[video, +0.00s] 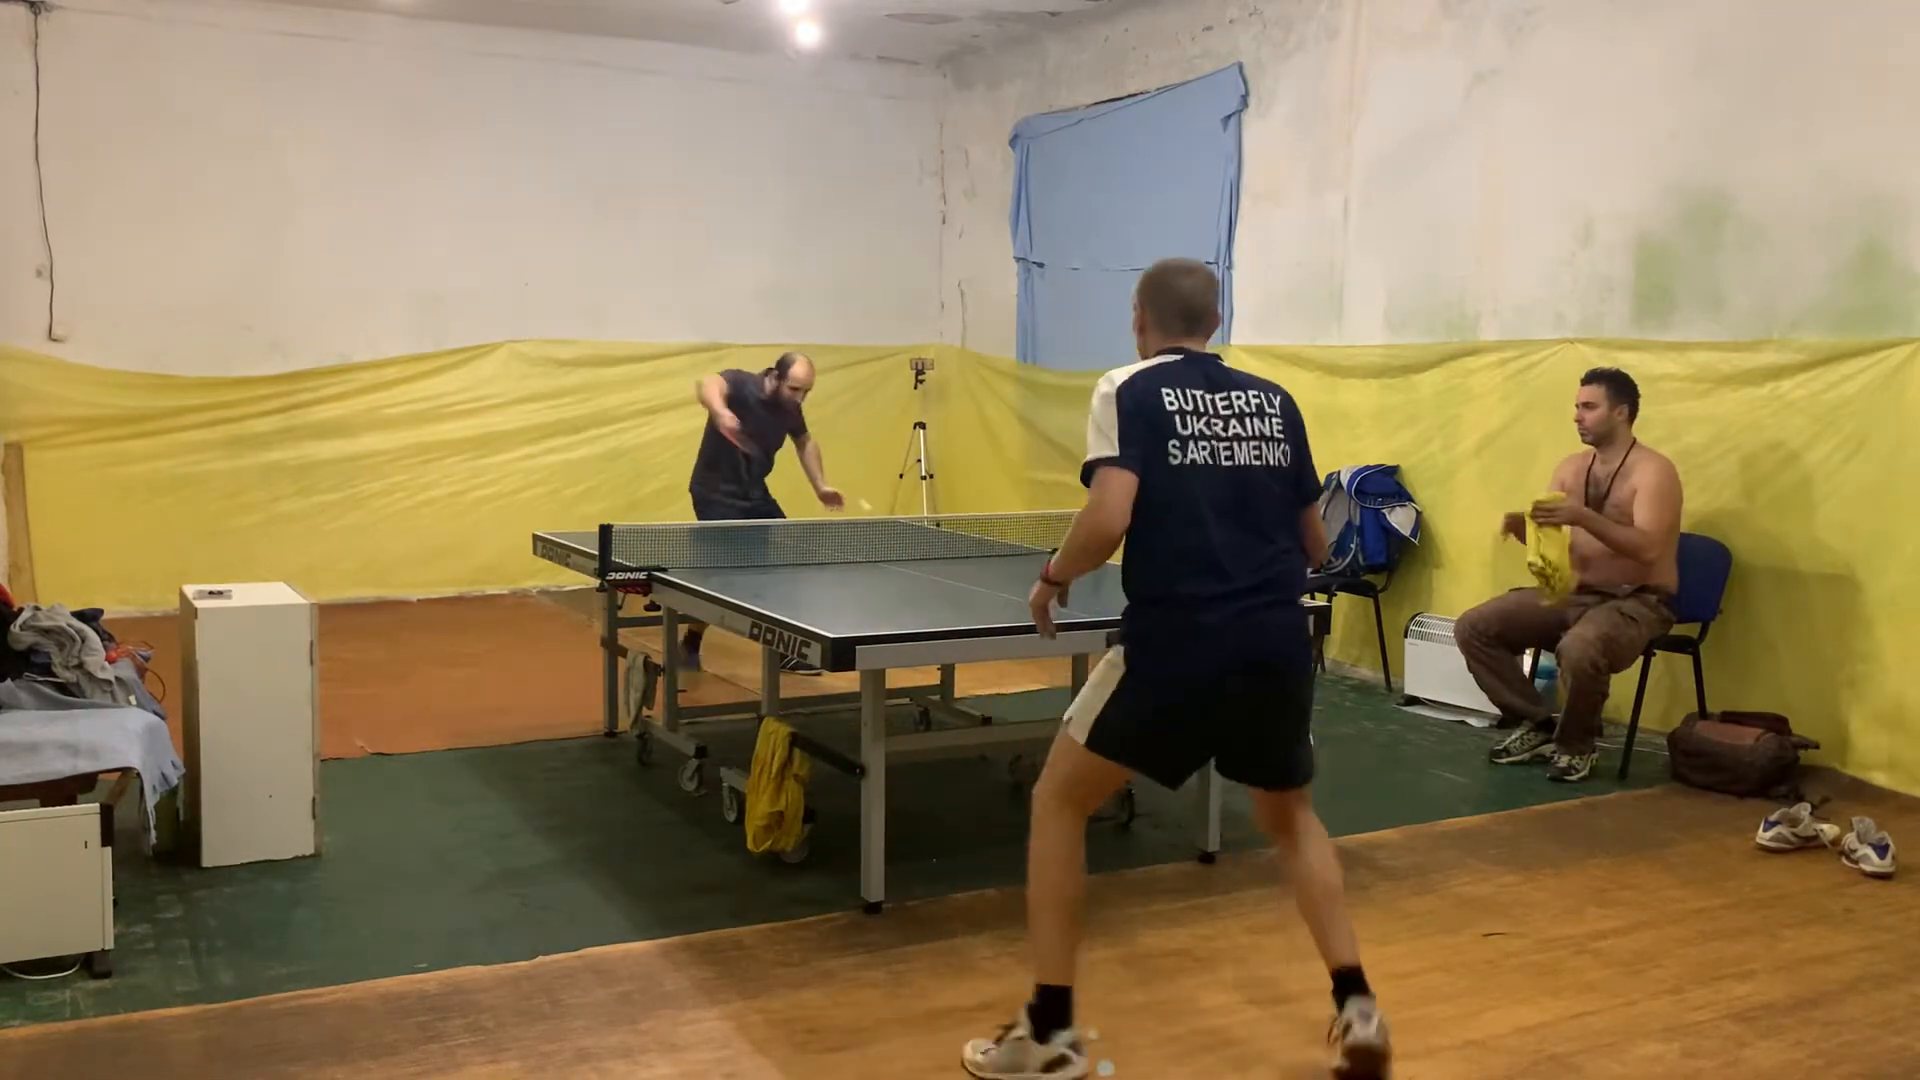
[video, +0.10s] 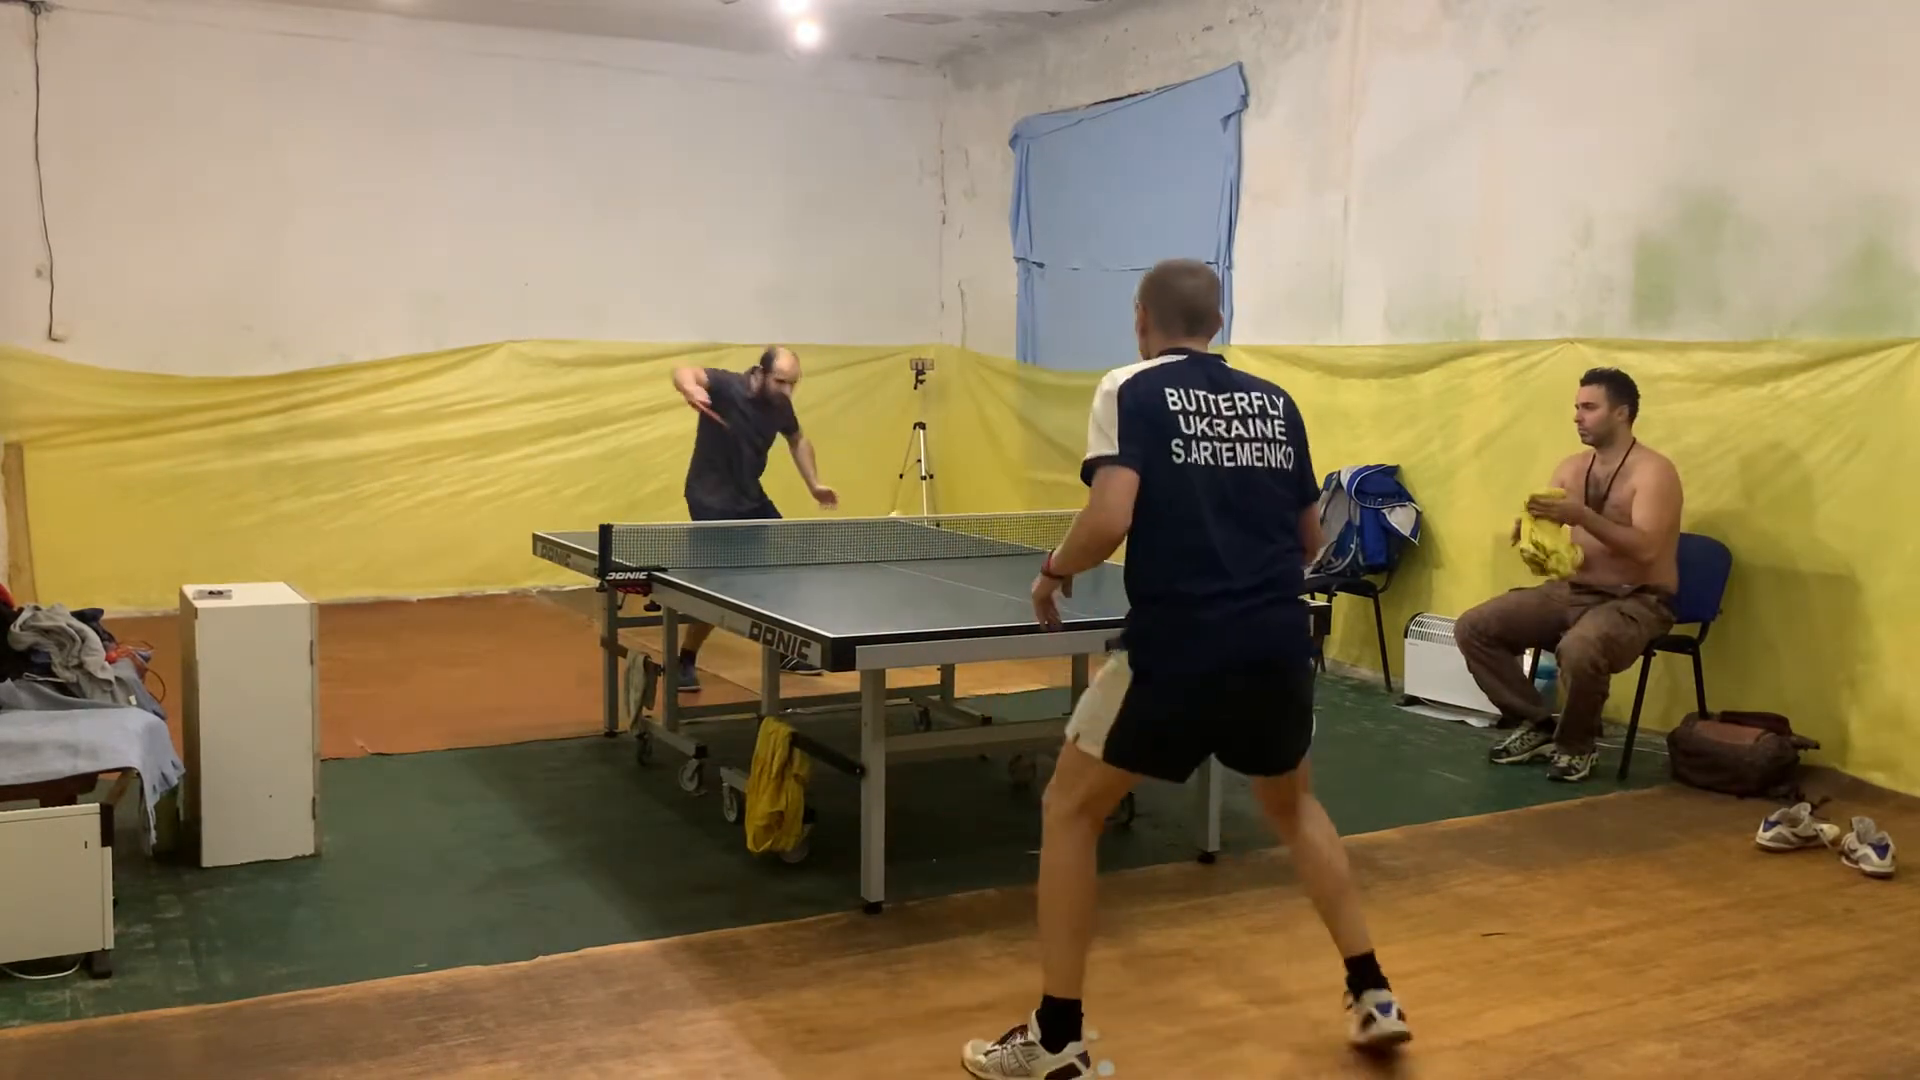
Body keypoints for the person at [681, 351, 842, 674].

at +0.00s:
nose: (799, 398)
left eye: (805, 391)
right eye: (795, 389)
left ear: (808, 388)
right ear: (774, 378)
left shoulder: (790, 409)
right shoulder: (742, 383)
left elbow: (805, 443)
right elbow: (709, 385)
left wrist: (820, 485)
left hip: (755, 495)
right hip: (716, 493)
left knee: (792, 559)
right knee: (723, 567)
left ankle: (787, 647)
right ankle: (691, 643)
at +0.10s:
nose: (788, 391)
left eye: (792, 384)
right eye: (782, 383)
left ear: (795, 380)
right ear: (761, 374)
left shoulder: (780, 405)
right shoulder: (730, 385)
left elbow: (797, 440)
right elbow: (684, 372)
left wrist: (813, 484)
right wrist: (691, 388)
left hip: (751, 499)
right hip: (711, 500)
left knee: (789, 562)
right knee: (720, 581)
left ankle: (785, 649)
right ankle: (686, 658)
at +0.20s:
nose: (764, 361)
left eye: (769, 353)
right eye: (757, 353)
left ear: (773, 351)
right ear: (737, 349)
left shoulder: (767, 385)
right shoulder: (708, 369)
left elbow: (782, 423)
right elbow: (653, 366)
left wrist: (787, 469)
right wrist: (668, 386)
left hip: (741, 488)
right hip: (699, 487)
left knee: (775, 559)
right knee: (701, 569)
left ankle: (784, 647)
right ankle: (682, 655)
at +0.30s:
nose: (744, 333)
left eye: (748, 326)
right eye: (736, 326)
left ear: (754, 325)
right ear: (717, 325)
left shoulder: (754, 360)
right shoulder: (688, 352)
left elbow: (767, 407)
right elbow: (633, 376)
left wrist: (760, 453)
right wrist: (648, 399)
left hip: (731, 474)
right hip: (685, 473)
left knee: (759, 549)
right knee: (676, 553)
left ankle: (760, 635)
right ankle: (660, 650)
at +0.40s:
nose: (724, 333)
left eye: (729, 326)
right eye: (716, 327)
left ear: (734, 325)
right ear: (697, 326)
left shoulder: (741, 365)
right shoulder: (669, 362)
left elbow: (754, 412)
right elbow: (620, 399)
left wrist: (748, 456)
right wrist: (640, 425)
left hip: (722, 483)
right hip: (674, 484)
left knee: (752, 556)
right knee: (653, 563)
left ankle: (747, 642)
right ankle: (616, 653)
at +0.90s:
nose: (692, 362)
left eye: (697, 353)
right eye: (682, 355)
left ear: (703, 350)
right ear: (665, 356)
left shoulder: (726, 386)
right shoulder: (651, 399)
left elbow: (774, 422)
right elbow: (622, 454)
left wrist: (762, 459)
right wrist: (650, 460)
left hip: (734, 505)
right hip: (678, 508)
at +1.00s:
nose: (705, 370)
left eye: (710, 362)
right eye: (697, 363)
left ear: (716, 359)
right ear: (678, 362)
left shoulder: (735, 393)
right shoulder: (661, 404)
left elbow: (781, 433)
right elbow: (637, 460)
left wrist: (769, 466)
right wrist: (672, 472)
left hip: (739, 503)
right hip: (685, 507)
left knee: (783, 563)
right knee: (643, 579)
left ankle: (806, 641)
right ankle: (639, 664)